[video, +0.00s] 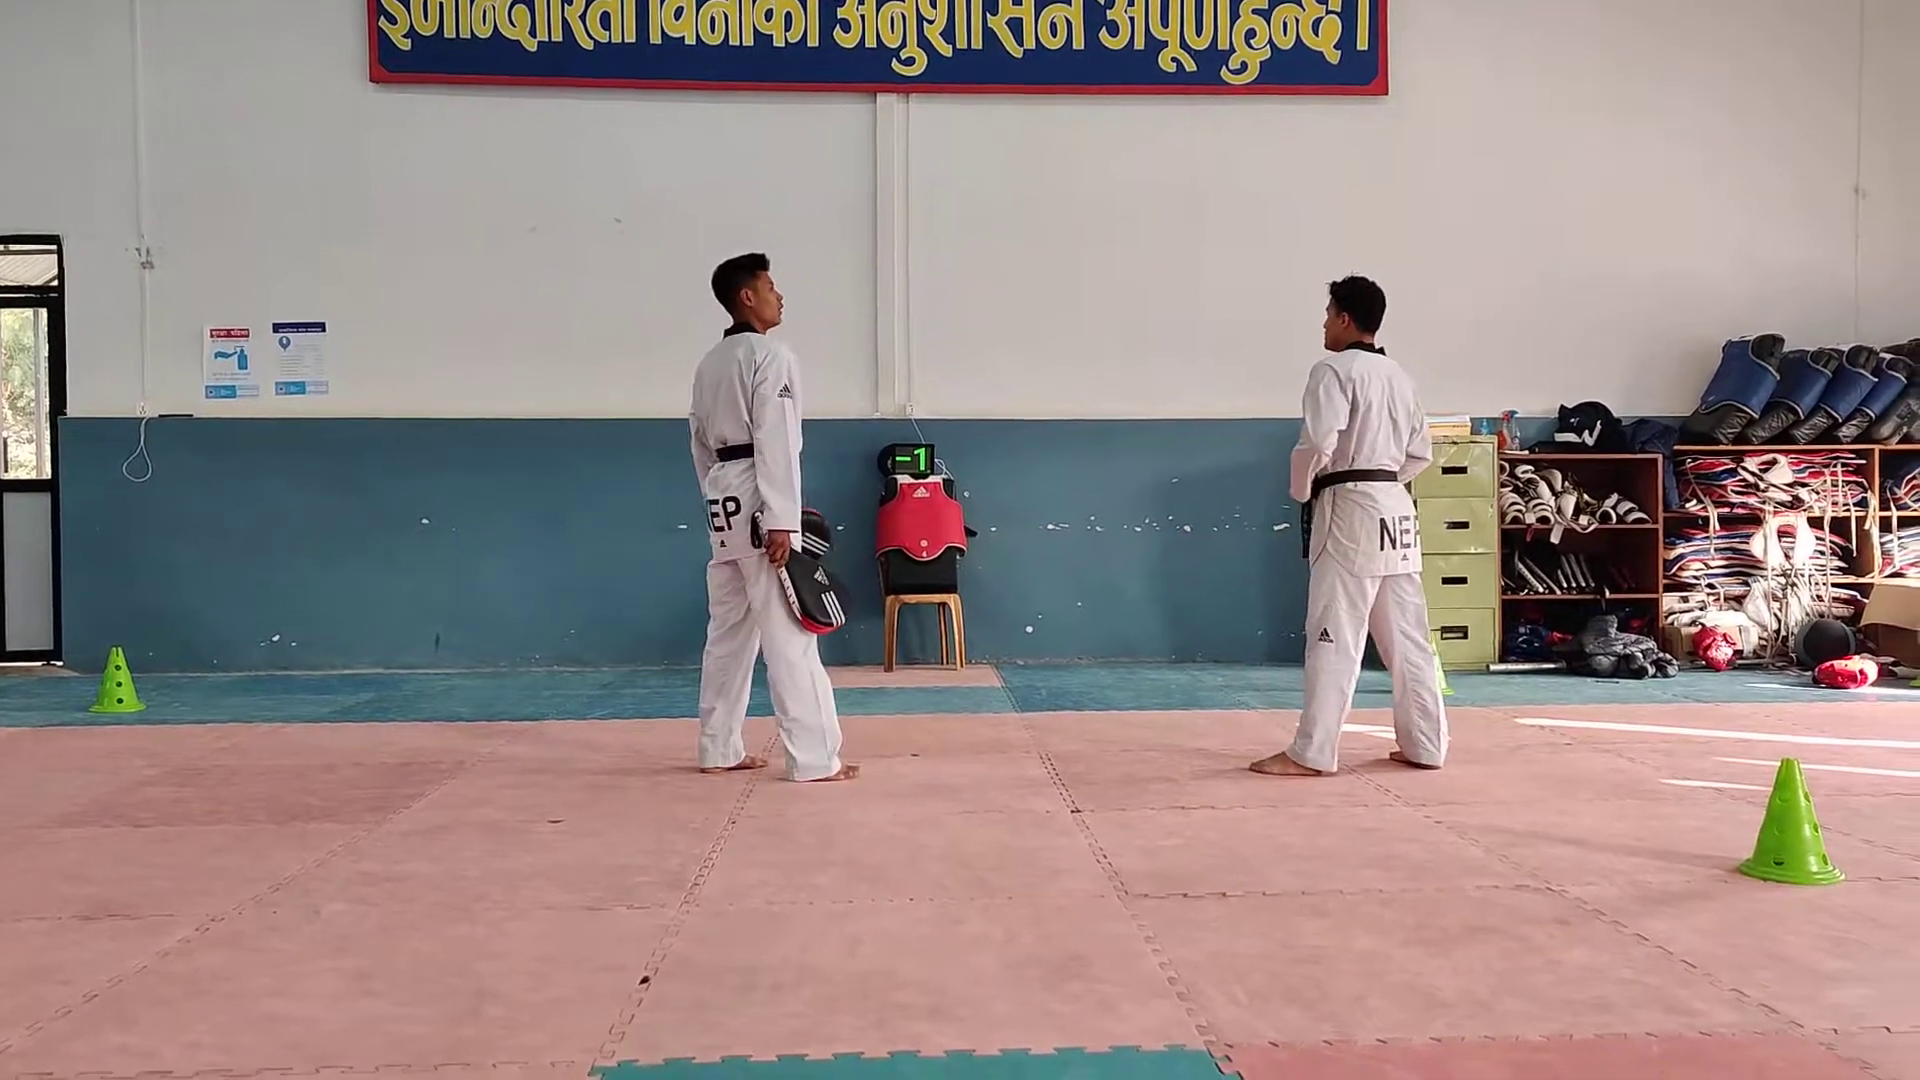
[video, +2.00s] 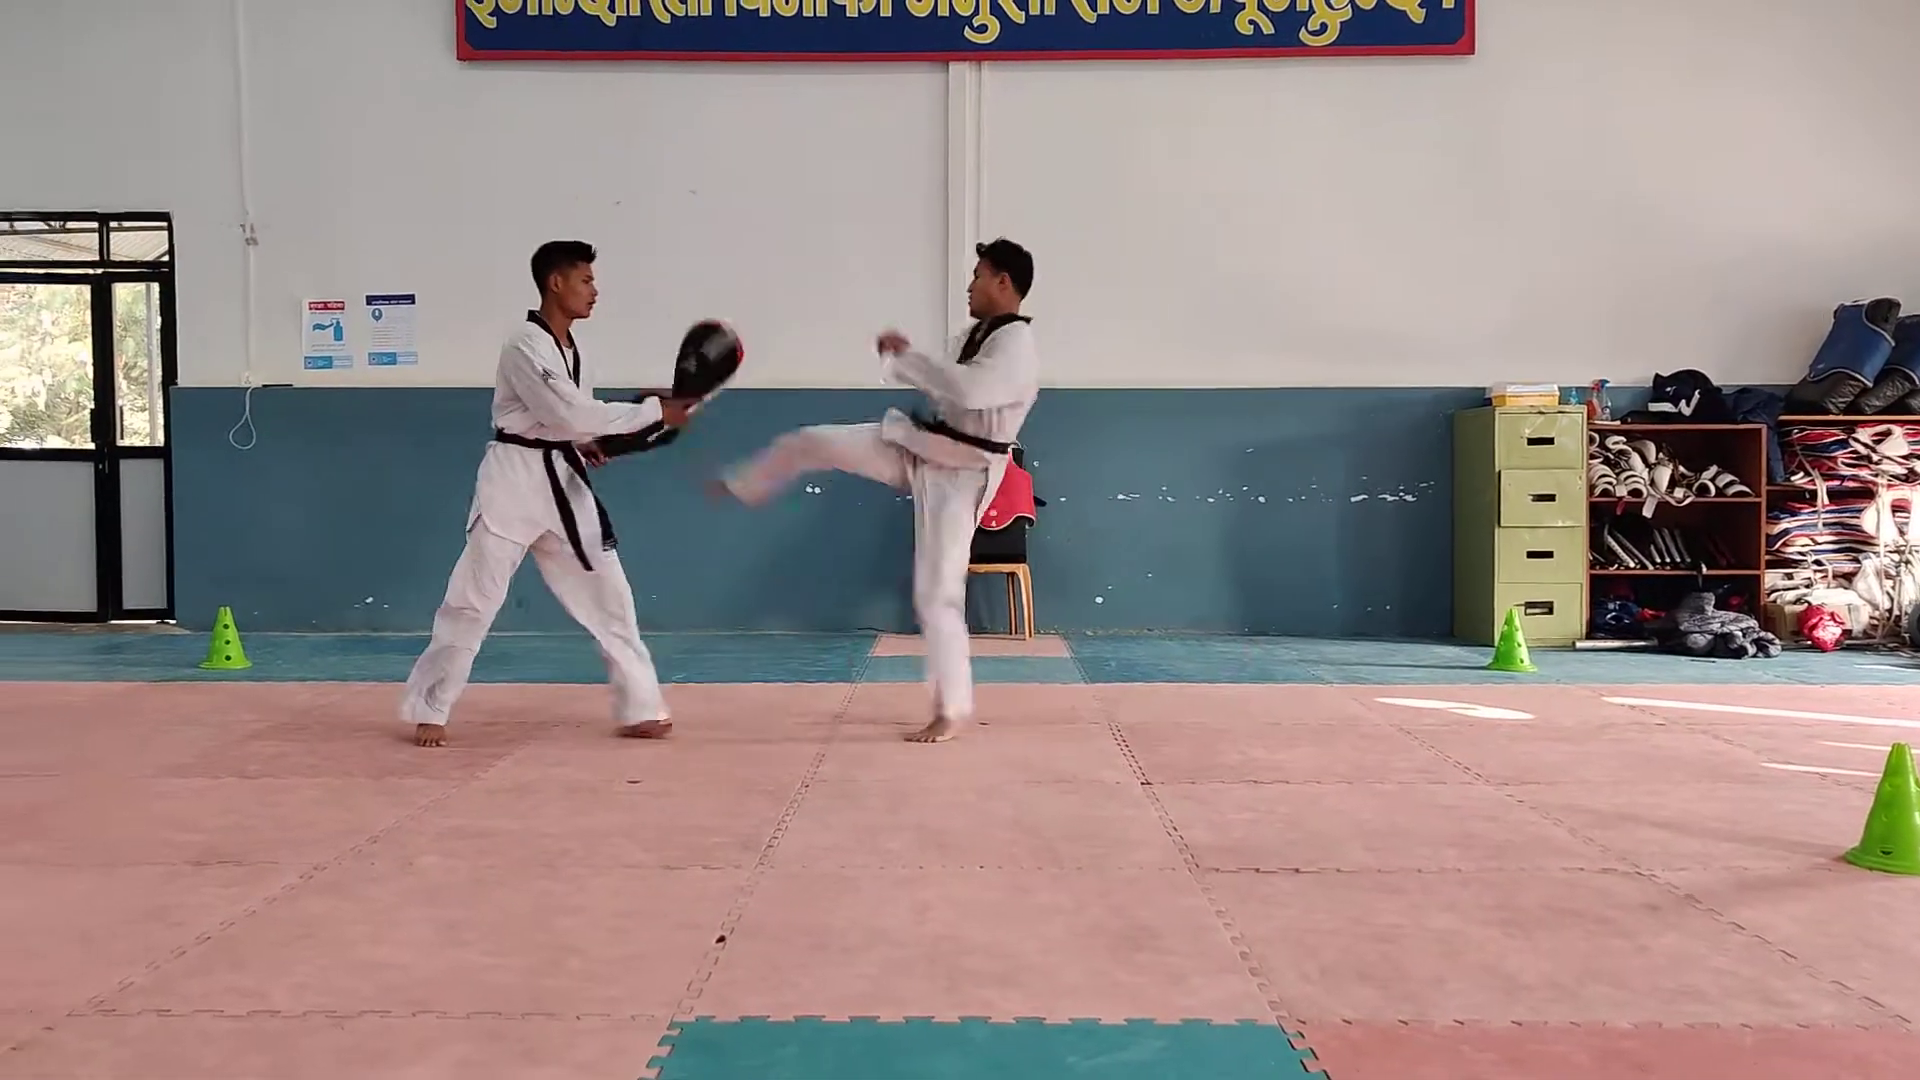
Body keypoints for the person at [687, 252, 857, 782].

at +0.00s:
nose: (780, 295)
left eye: (775, 286)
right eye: (770, 287)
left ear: (740, 300)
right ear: (746, 297)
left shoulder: (709, 364)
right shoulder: (771, 355)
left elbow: (703, 451)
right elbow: (777, 445)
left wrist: (723, 501)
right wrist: (781, 518)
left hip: (722, 507)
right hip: (762, 504)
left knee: (728, 632)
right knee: (790, 633)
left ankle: (720, 749)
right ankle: (815, 758)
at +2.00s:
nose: (594, 290)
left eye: (594, 280)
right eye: (585, 280)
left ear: (571, 286)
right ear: (553, 284)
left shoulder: (570, 348)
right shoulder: (526, 345)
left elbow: (562, 422)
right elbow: (575, 414)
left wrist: (583, 445)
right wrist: (655, 412)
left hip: (562, 479)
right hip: (512, 477)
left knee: (610, 589)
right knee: (476, 596)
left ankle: (639, 709)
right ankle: (430, 710)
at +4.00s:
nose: (664, 307)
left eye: (663, 297)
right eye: (657, 297)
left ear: (629, 302)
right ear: (628, 300)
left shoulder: (601, 347)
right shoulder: (613, 352)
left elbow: (573, 420)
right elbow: (650, 428)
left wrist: (611, 456)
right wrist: (725, 425)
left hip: (589, 470)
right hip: (566, 467)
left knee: (616, 587)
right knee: (566, 587)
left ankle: (626, 700)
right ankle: (525, 712)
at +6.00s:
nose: (612, 298)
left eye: (611, 289)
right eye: (603, 289)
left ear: (588, 295)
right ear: (571, 293)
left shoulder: (602, 348)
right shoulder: (534, 352)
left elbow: (596, 426)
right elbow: (516, 426)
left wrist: (604, 481)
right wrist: (580, 463)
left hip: (588, 480)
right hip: (533, 483)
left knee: (624, 580)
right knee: (515, 590)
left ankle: (671, 684)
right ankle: (485, 701)